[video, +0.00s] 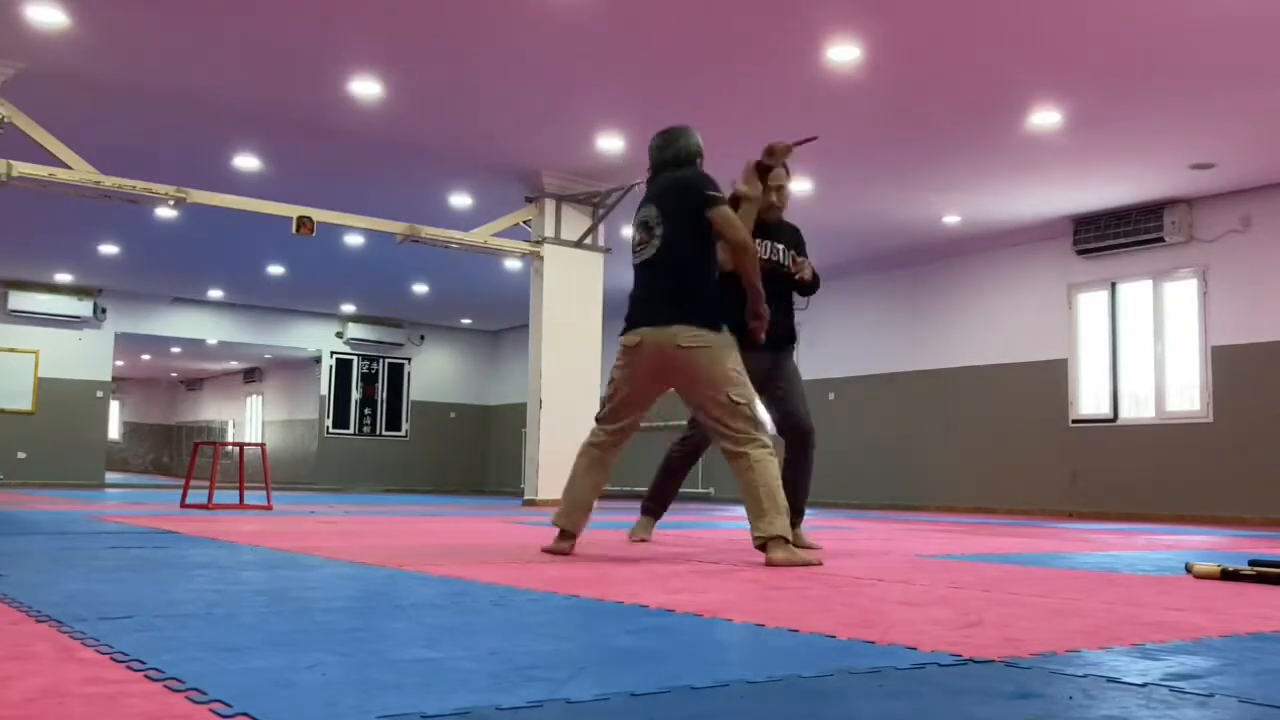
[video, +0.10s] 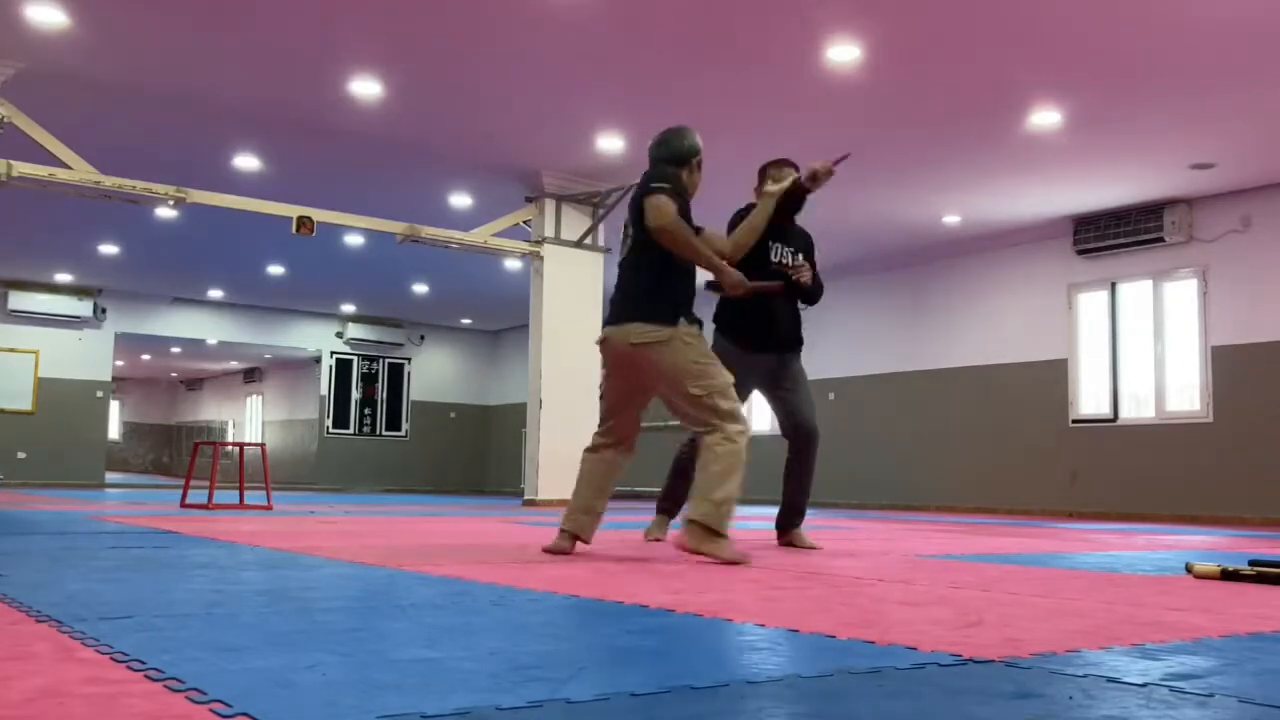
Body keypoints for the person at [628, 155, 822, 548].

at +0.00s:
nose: (780, 195)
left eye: (784, 187)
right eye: (773, 188)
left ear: (789, 191)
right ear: (755, 188)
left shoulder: (790, 235)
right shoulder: (727, 224)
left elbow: (807, 289)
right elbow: (726, 258)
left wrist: (806, 276)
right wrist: (751, 199)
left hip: (776, 355)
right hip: (732, 352)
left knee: (801, 431)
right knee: (696, 437)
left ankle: (790, 527)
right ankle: (647, 518)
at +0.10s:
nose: (701, 177)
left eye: (701, 169)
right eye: (700, 168)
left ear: (655, 163)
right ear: (690, 167)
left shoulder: (666, 217)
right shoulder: (662, 189)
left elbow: (730, 248)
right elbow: (661, 224)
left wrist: (769, 198)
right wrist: (719, 268)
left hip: (619, 337)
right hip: (665, 336)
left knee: (613, 435)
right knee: (727, 425)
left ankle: (571, 530)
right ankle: (704, 530)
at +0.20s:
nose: (703, 171)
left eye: (702, 163)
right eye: (702, 162)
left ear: (661, 155)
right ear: (693, 160)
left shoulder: (671, 213)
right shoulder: (659, 178)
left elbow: (726, 254)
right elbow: (622, 207)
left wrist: (792, 248)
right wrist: (678, 261)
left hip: (616, 330)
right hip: (651, 328)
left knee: (619, 431)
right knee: (702, 423)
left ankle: (560, 512)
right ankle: (671, 539)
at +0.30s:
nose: (768, 201)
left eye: (775, 193)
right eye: (760, 194)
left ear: (788, 196)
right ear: (748, 198)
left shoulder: (802, 237)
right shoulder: (730, 241)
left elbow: (818, 277)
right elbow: (729, 299)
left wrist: (770, 242)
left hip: (784, 353)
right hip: (732, 350)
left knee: (805, 432)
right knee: (701, 432)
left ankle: (791, 528)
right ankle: (678, 524)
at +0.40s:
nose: (744, 200)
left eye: (751, 193)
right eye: (736, 194)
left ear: (767, 196)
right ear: (726, 198)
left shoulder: (782, 229)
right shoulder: (712, 239)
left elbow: (792, 251)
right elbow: (690, 298)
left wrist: (737, 231)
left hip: (775, 354)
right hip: (722, 355)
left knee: (799, 430)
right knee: (693, 439)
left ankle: (792, 527)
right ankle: (671, 526)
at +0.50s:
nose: (712, 204)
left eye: (719, 196)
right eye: (704, 197)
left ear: (734, 196)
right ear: (694, 200)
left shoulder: (752, 224)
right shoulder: (686, 235)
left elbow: (769, 254)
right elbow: (668, 284)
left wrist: (729, 286)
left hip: (757, 352)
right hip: (706, 354)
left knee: (789, 430)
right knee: (682, 433)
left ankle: (811, 521)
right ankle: (670, 521)